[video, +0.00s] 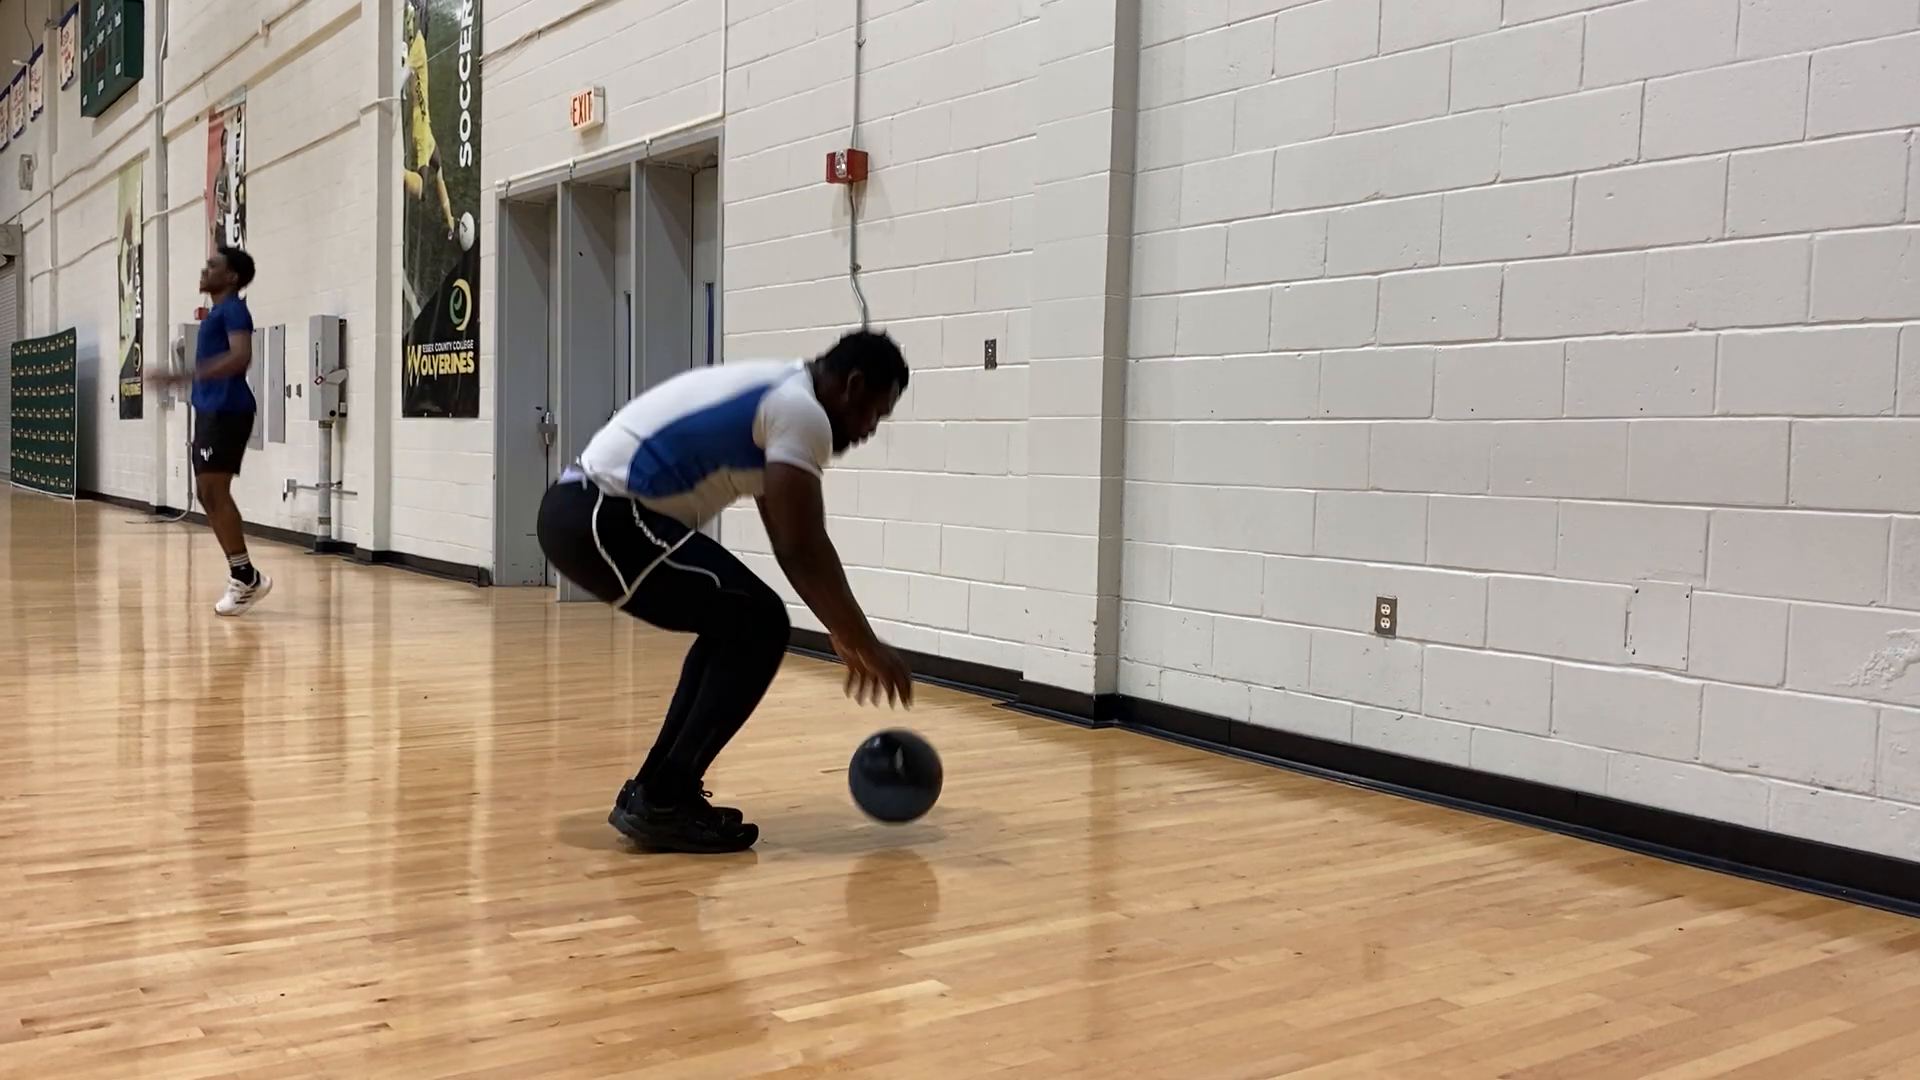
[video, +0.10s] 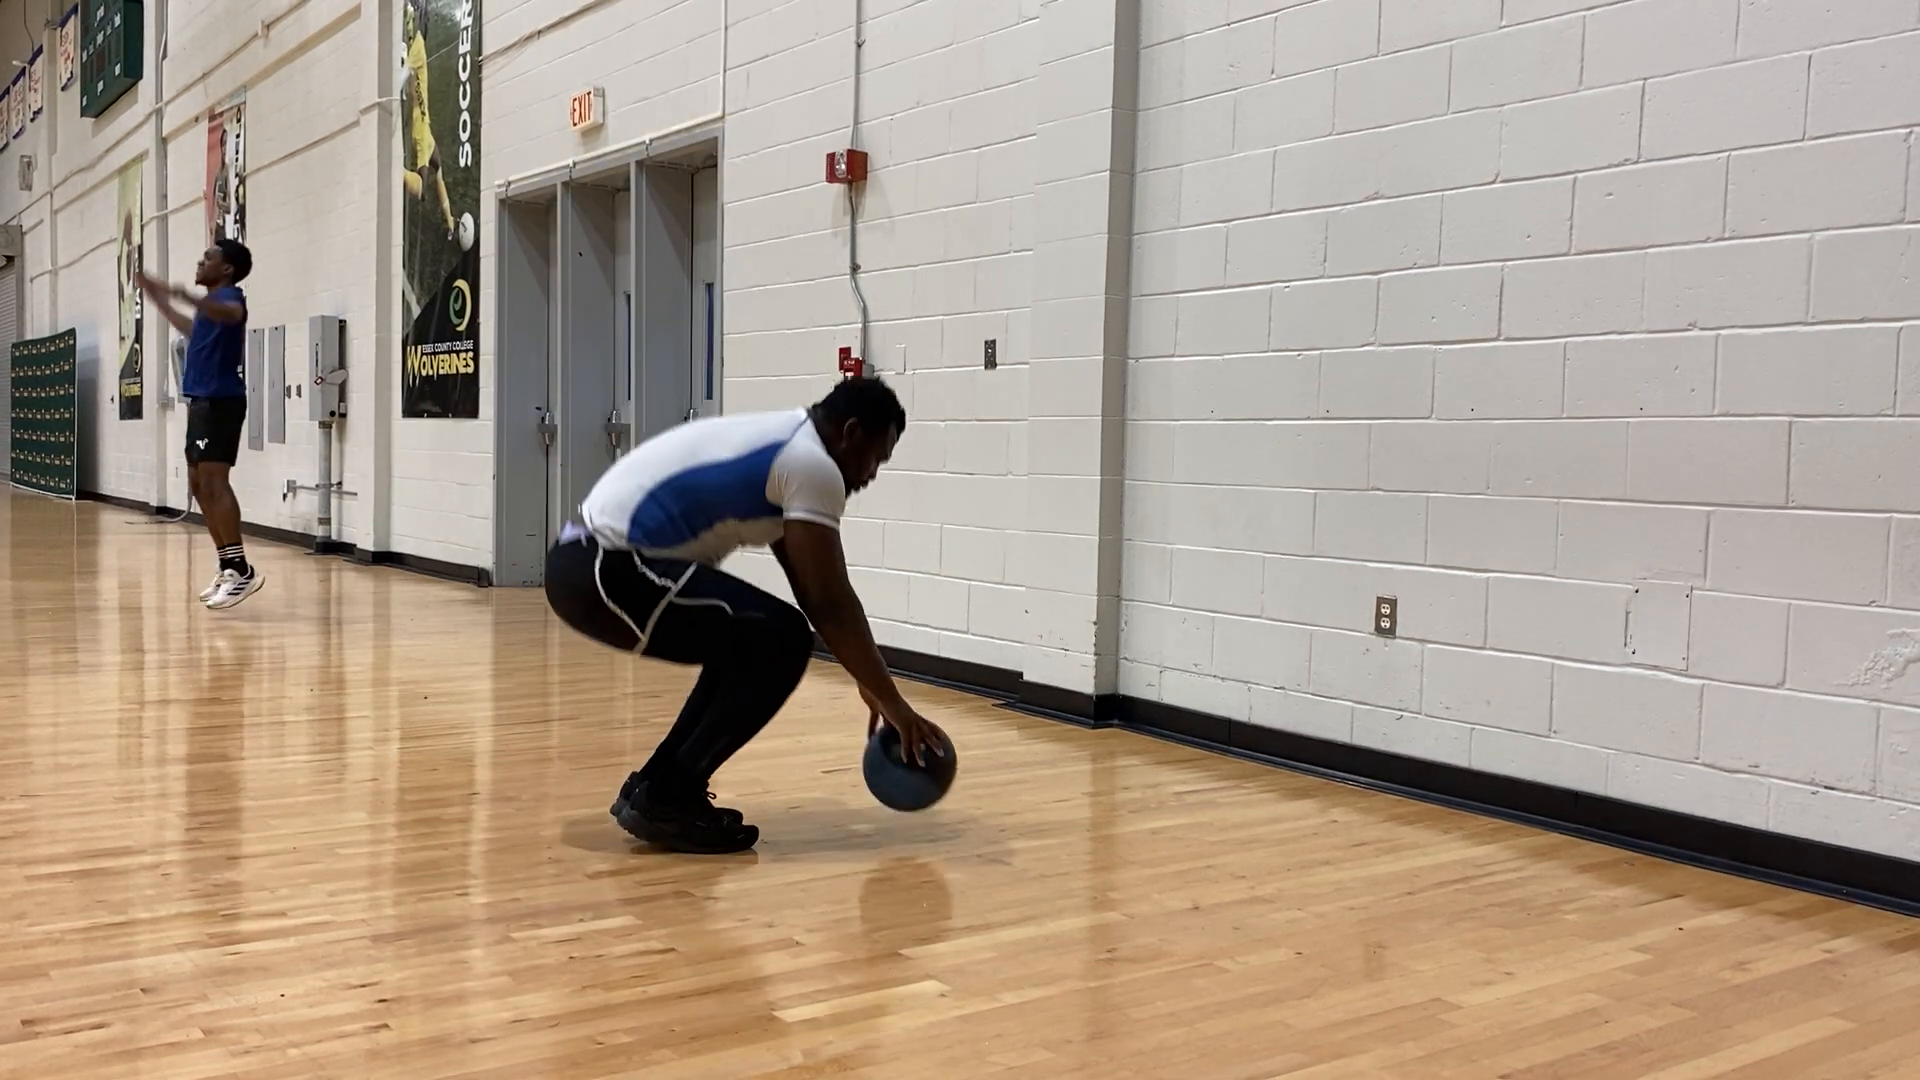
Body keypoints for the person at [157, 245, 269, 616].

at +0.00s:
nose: (205, 268)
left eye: (213, 265)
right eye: (208, 263)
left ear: (231, 277)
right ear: (222, 275)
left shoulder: (233, 309)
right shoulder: (216, 312)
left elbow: (240, 356)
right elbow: (213, 365)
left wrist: (191, 375)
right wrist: (173, 379)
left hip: (227, 410)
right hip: (211, 410)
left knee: (214, 491)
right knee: (205, 492)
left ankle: (244, 579)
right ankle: (244, 576)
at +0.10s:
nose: (201, 261)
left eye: (209, 258)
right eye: (204, 256)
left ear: (227, 269)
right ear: (220, 268)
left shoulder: (229, 295)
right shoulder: (210, 303)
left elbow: (231, 313)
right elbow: (191, 328)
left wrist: (182, 294)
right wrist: (156, 298)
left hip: (220, 402)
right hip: (202, 401)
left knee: (213, 484)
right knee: (200, 486)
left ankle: (241, 572)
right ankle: (228, 569)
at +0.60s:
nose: (165, 260)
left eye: (172, 256)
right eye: (169, 254)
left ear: (186, 268)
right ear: (184, 268)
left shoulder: (191, 297)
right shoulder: (176, 300)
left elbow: (210, 334)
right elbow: (176, 350)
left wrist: (191, 354)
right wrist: (147, 364)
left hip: (187, 402)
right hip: (174, 401)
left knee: (173, 487)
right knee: (173, 487)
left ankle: (199, 573)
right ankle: (199, 572)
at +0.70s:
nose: (153, 278)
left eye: (160, 275)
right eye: (157, 273)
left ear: (174, 287)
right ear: (172, 289)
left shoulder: (181, 322)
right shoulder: (166, 324)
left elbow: (202, 378)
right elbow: (170, 389)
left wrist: (181, 423)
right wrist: (149, 425)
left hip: (186, 421)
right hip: (171, 420)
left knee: (156, 502)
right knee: (156, 503)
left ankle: (194, 585)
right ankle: (194, 583)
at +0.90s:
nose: (147, 267)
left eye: (154, 264)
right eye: (151, 262)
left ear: (169, 275)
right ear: (166, 275)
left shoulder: (174, 308)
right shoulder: (157, 313)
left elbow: (179, 357)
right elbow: (151, 368)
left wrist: (135, 379)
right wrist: (118, 389)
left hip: (163, 413)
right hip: (149, 413)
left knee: (151, 496)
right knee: (148, 497)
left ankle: (185, 582)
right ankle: (186, 579)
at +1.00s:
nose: (142, 257)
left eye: (149, 254)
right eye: (146, 252)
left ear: (164, 264)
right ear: (163, 265)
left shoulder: (168, 292)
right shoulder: (151, 300)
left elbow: (165, 306)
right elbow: (129, 318)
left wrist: (112, 291)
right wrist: (107, 295)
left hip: (155, 399)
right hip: (143, 399)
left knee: (147, 487)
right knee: (146, 487)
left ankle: (176, 573)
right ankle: (177, 570)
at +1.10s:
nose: (130, 268)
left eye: (138, 264)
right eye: (131, 264)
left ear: (157, 275)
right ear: (140, 271)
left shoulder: (156, 303)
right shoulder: (139, 303)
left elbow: (147, 269)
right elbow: (128, 268)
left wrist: (124, 236)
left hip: (153, 408)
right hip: (139, 408)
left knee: (141, 493)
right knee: (136, 492)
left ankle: (164, 580)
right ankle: (164, 576)